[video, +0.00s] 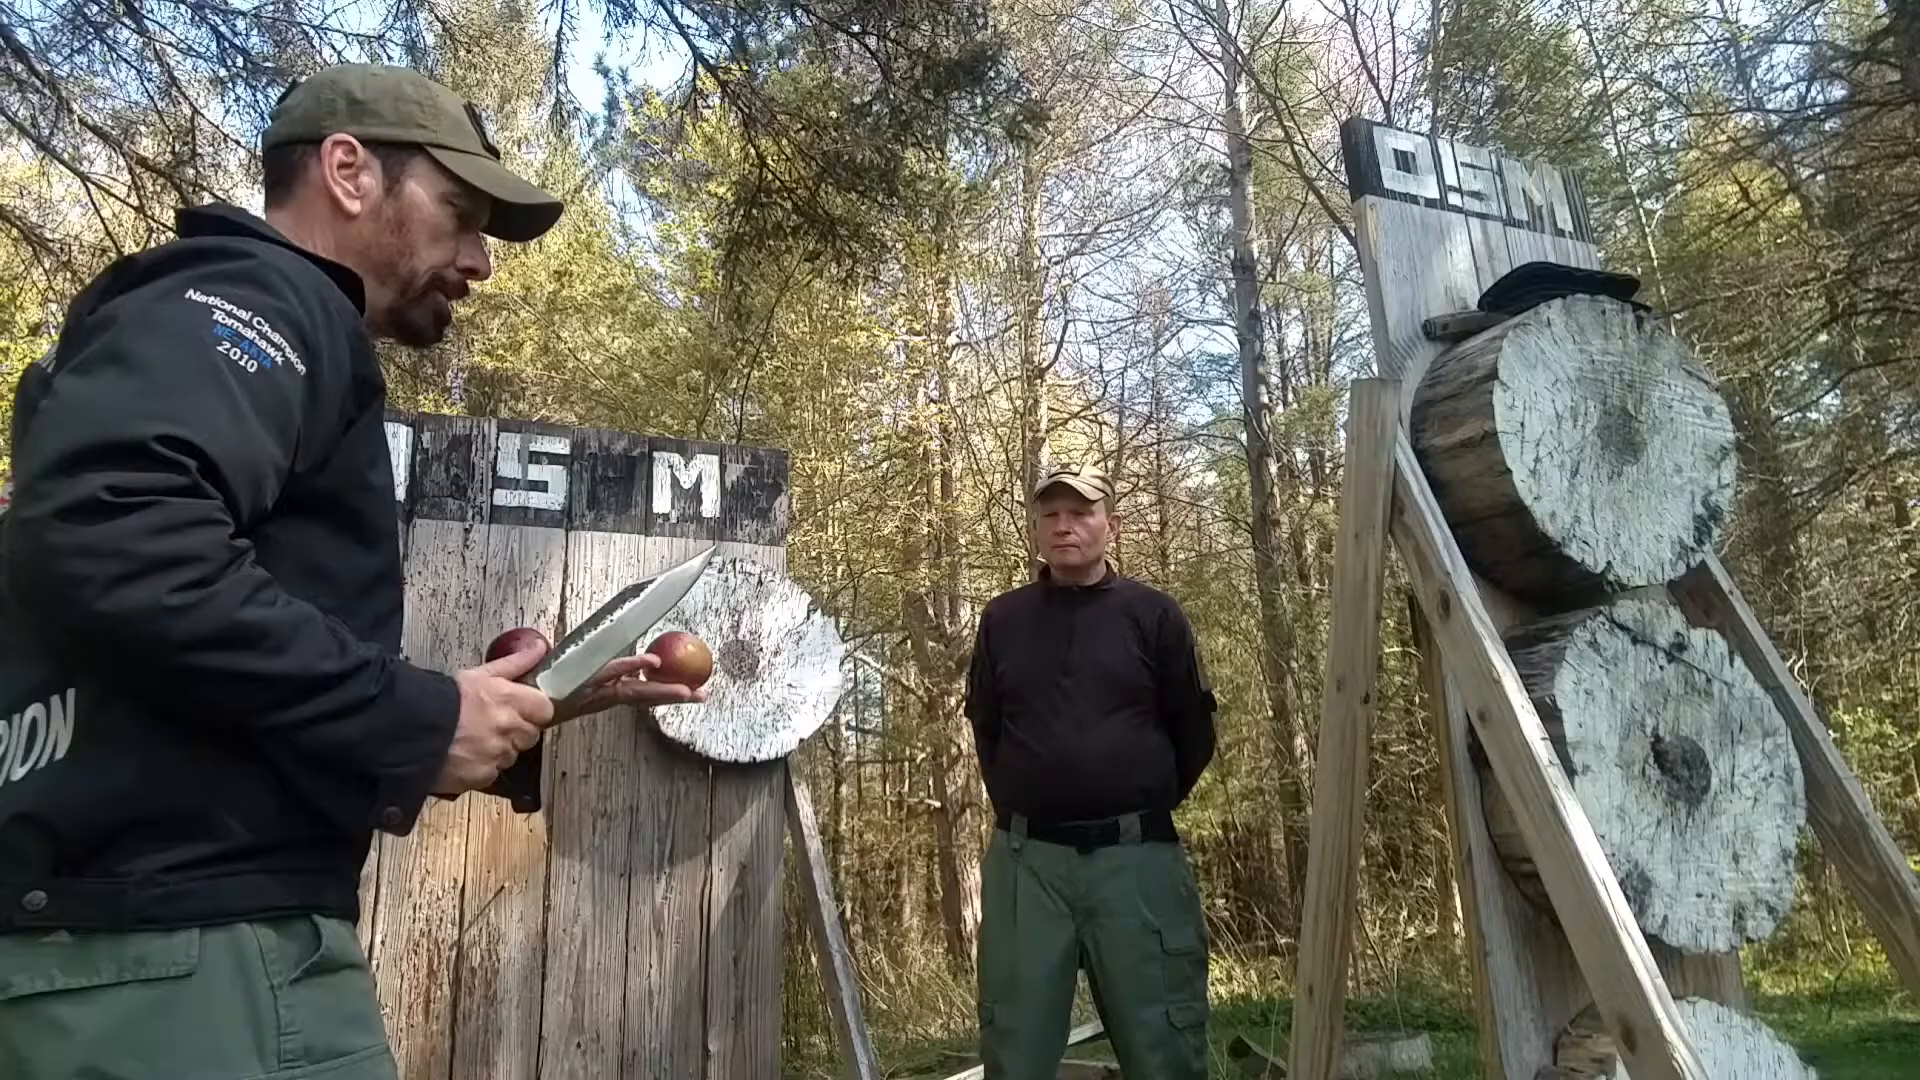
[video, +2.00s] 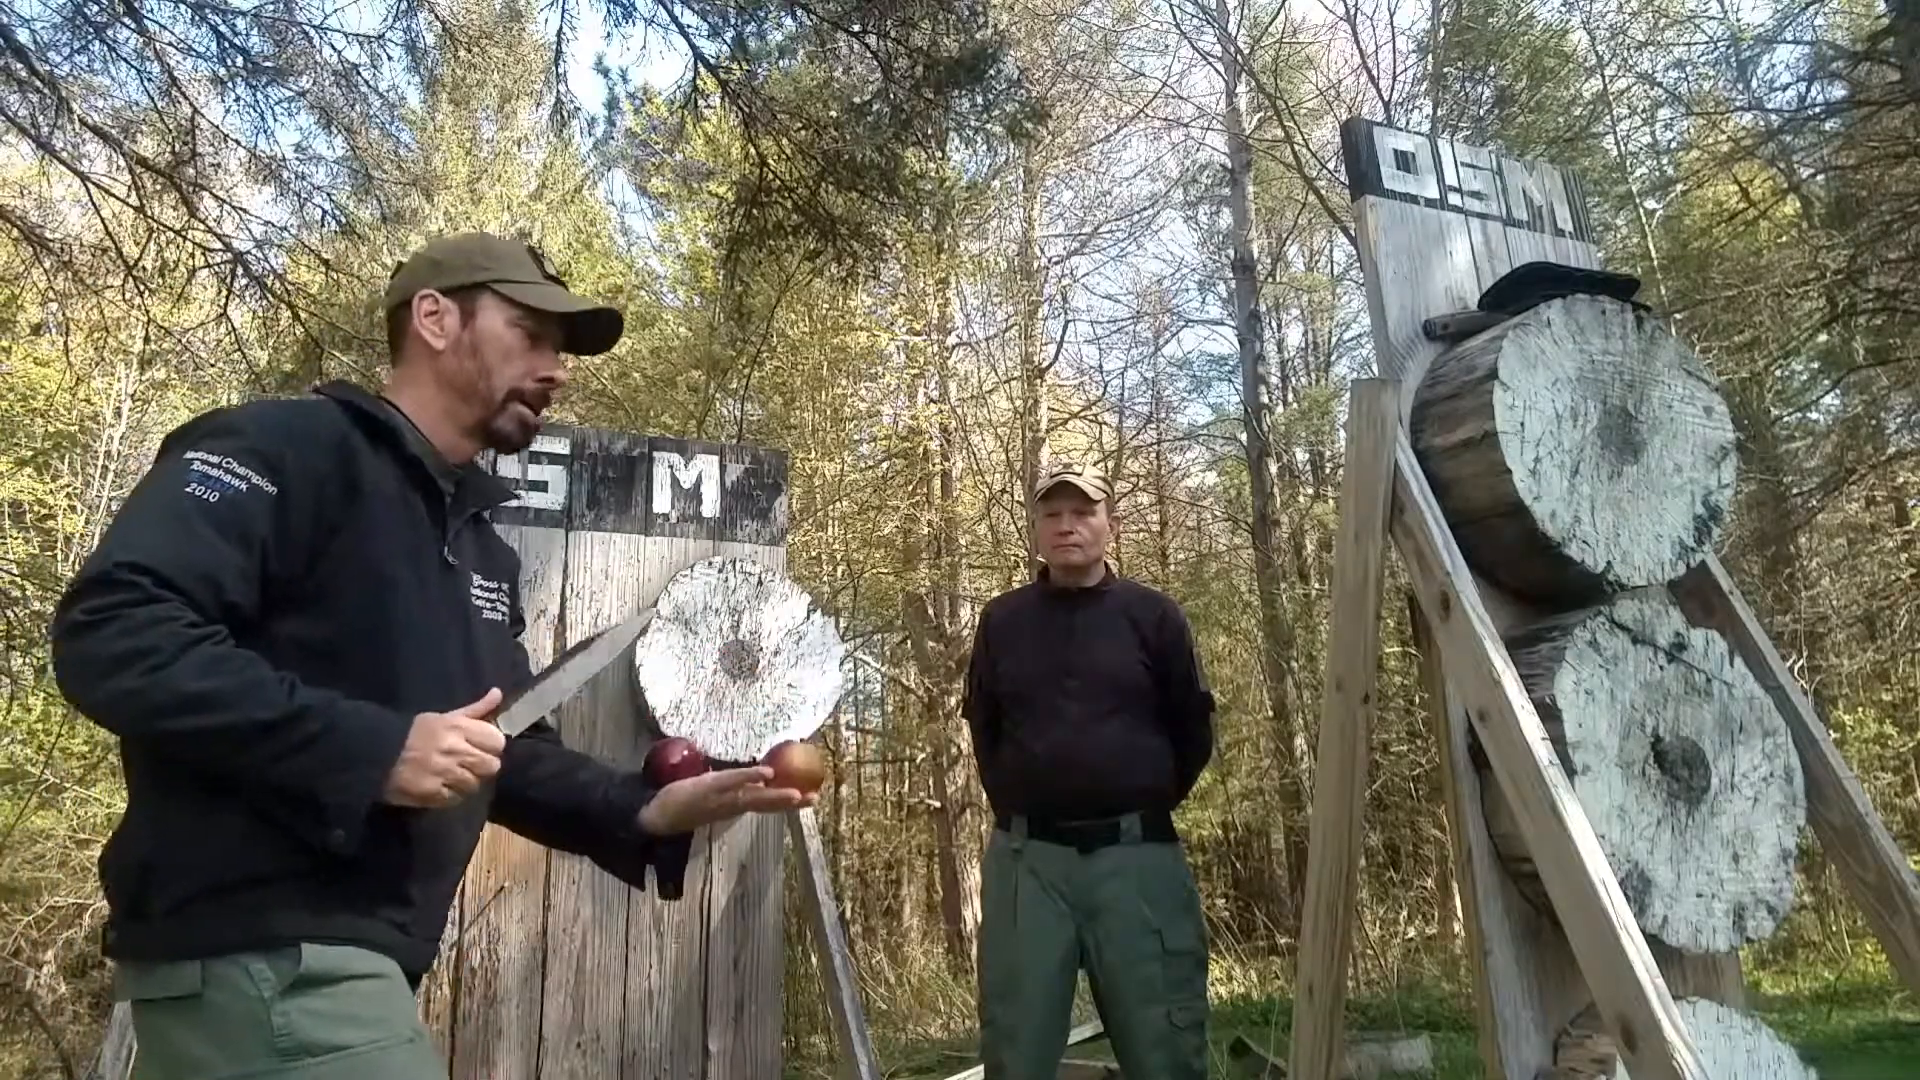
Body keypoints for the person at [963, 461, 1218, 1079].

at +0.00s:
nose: (1064, 525)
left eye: (1080, 513)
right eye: (1051, 515)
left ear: (1109, 528)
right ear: (1033, 534)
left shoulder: (1154, 614)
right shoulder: (1001, 618)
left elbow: (1195, 732)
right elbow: (985, 728)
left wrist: (1141, 812)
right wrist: (1030, 813)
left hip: (1137, 859)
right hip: (1025, 861)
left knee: (1162, 1052)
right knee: (1016, 1054)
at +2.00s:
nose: (1067, 526)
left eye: (1082, 513)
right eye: (1052, 515)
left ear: (1109, 527)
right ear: (1034, 534)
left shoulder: (1153, 614)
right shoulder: (1000, 619)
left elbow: (1194, 730)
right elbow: (984, 731)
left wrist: (1142, 813)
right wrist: (1026, 818)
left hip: (1138, 860)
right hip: (1025, 861)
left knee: (1164, 1058)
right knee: (1016, 1058)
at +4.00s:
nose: (1077, 598)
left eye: (1089, 583)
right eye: (1062, 586)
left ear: (1108, 560)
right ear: (1035, 567)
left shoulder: (1154, 622)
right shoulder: (993, 629)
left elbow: (1185, 724)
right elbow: (981, 734)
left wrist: (1140, 800)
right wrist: (1031, 810)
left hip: (1147, 873)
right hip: (1033, 873)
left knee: (1167, 1053)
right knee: (1022, 1057)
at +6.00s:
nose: (1068, 525)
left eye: (1082, 513)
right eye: (1053, 515)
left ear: (1110, 530)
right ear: (1035, 533)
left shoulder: (1154, 615)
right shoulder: (1000, 619)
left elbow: (1193, 732)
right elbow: (982, 725)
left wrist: (1139, 812)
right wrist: (1023, 814)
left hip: (1140, 862)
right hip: (1026, 862)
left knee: (1164, 1058)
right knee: (1017, 1060)